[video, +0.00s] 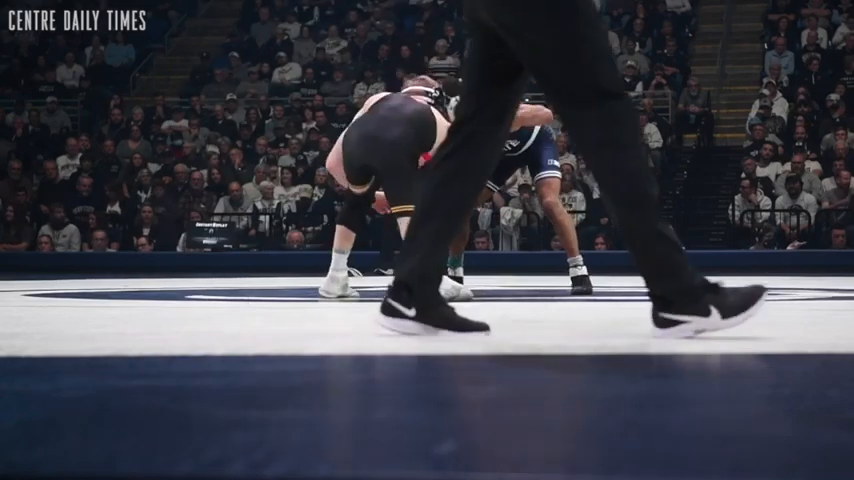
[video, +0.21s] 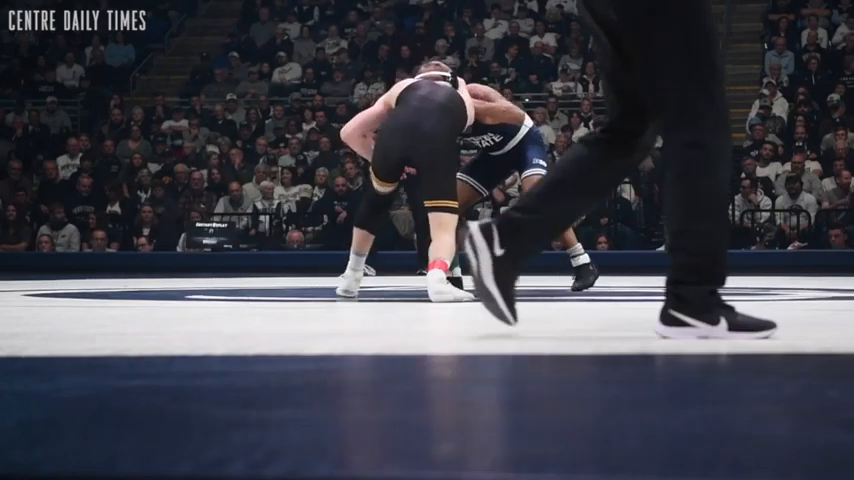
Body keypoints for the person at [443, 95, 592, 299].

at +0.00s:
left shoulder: (508, 113)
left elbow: (547, 114)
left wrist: (513, 117)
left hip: (536, 141)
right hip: (502, 151)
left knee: (549, 201)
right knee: (462, 202)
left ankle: (578, 269)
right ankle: (455, 274)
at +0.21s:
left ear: (447, 87)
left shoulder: (472, 101)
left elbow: (518, 116)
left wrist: (468, 111)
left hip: (524, 142)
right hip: (492, 154)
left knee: (534, 192)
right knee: (450, 202)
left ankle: (581, 262)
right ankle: (450, 273)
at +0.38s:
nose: (472, 91)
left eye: (473, 84)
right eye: (466, 87)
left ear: (481, 78)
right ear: (458, 87)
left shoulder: (501, 81)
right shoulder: (459, 102)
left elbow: (534, 100)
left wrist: (491, 89)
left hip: (532, 144)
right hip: (499, 150)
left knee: (549, 206)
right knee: (462, 197)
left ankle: (579, 269)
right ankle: (452, 269)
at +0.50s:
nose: (491, 110)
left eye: (492, 103)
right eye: (484, 107)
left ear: (499, 89)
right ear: (473, 100)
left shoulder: (521, 92)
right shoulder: (472, 104)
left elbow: (553, 126)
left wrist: (509, 118)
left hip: (541, 143)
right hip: (504, 145)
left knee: (556, 207)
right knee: (467, 200)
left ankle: (580, 273)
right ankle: (455, 275)